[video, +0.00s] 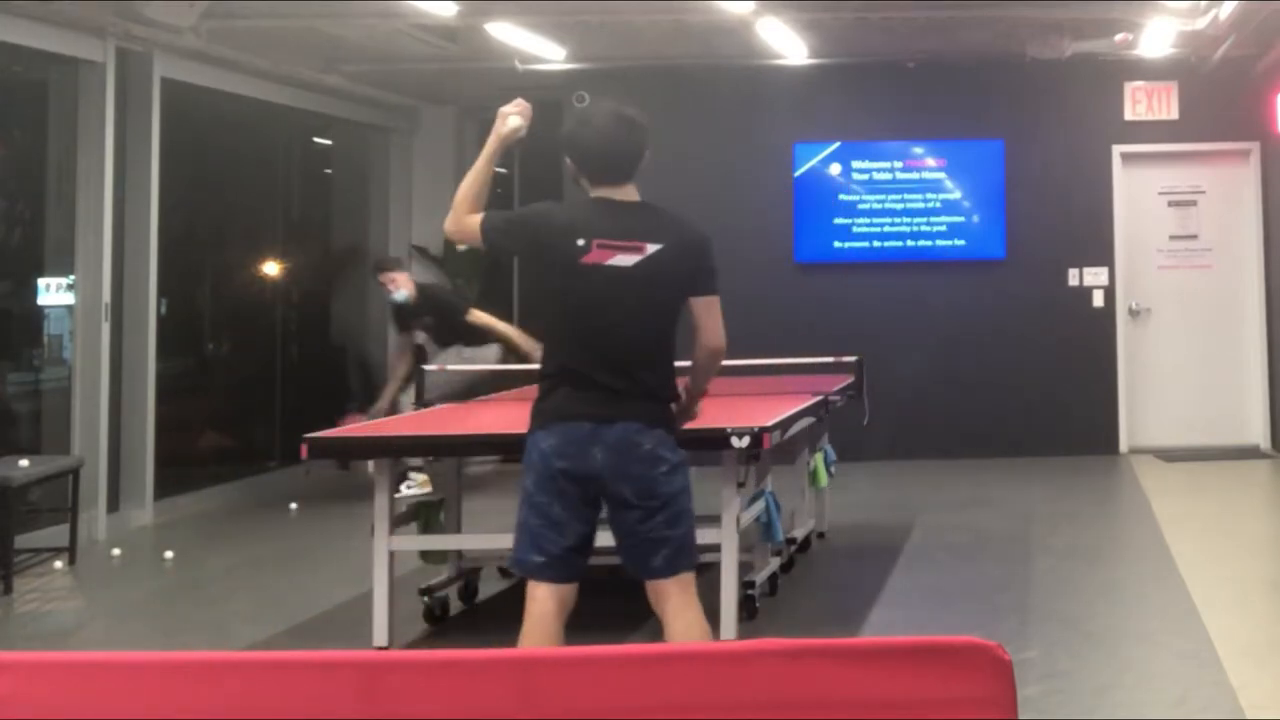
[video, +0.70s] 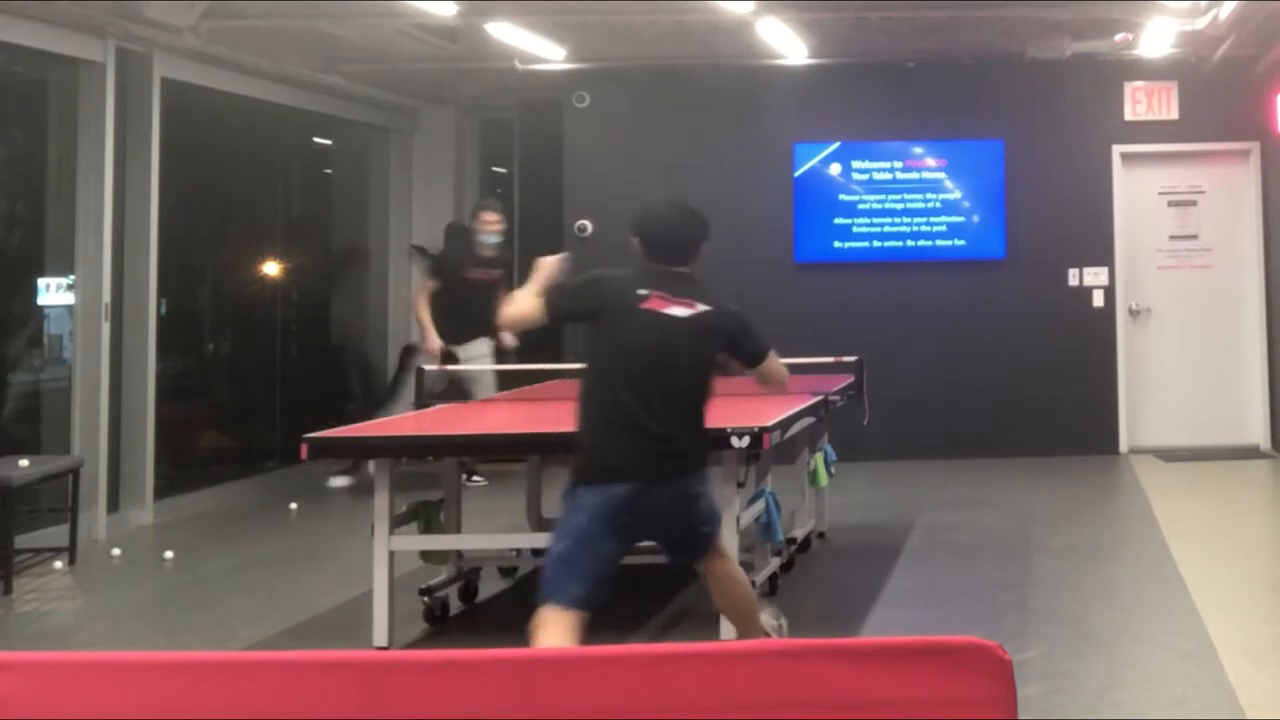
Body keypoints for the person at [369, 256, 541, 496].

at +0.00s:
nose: (391, 289)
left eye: (394, 281)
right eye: (385, 285)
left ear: (407, 275)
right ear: (383, 287)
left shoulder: (434, 295)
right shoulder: (401, 309)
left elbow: (489, 322)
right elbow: (406, 356)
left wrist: (532, 348)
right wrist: (384, 402)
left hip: (483, 348)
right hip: (454, 352)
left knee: (413, 395)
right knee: (407, 396)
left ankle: (418, 473)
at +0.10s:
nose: (372, 281)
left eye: (376, 274)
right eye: (367, 277)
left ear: (390, 272)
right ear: (364, 281)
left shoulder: (416, 291)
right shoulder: (380, 304)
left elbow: (472, 317)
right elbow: (391, 350)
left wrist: (465, 352)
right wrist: (370, 393)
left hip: (450, 349)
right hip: (422, 352)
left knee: (392, 395)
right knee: (376, 402)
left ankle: (410, 467)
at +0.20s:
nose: (366, 275)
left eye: (371, 269)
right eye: (361, 271)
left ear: (383, 268)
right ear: (355, 275)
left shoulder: (402, 290)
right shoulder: (361, 299)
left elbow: (440, 321)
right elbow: (376, 346)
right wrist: (361, 382)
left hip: (426, 361)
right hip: (392, 361)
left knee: (393, 406)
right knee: (362, 411)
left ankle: (384, 474)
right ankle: (324, 470)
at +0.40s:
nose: (378, 269)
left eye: (383, 264)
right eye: (372, 264)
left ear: (392, 264)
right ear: (363, 267)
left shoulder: (411, 296)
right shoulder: (356, 296)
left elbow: (439, 334)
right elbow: (355, 339)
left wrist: (416, 361)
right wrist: (333, 377)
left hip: (405, 367)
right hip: (370, 367)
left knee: (394, 408)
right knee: (336, 420)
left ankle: (398, 473)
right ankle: (320, 472)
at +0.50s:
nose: (408, 256)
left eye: (413, 250)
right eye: (402, 250)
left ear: (422, 251)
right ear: (393, 253)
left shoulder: (436, 283)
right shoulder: (378, 282)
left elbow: (458, 307)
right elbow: (364, 321)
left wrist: (448, 346)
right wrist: (371, 349)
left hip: (420, 362)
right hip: (379, 363)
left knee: (429, 418)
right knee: (341, 418)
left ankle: (437, 467)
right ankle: (318, 472)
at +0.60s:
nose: (450, 237)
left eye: (456, 231)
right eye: (445, 231)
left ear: (464, 233)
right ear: (434, 232)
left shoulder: (471, 262)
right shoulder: (417, 260)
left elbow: (480, 293)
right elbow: (391, 299)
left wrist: (475, 320)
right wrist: (410, 320)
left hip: (448, 350)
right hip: (405, 352)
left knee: (465, 411)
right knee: (362, 411)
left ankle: (470, 466)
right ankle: (323, 469)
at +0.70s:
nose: (491, 231)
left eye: (497, 224)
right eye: (485, 224)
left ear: (503, 227)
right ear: (473, 226)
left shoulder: (501, 262)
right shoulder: (453, 259)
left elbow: (502, 300)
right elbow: (422, 295)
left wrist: (504, 329)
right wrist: (430, 334)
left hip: (477, 341)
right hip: (440, 341)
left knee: (486, 403)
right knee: (409, 401)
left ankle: (469, 466)